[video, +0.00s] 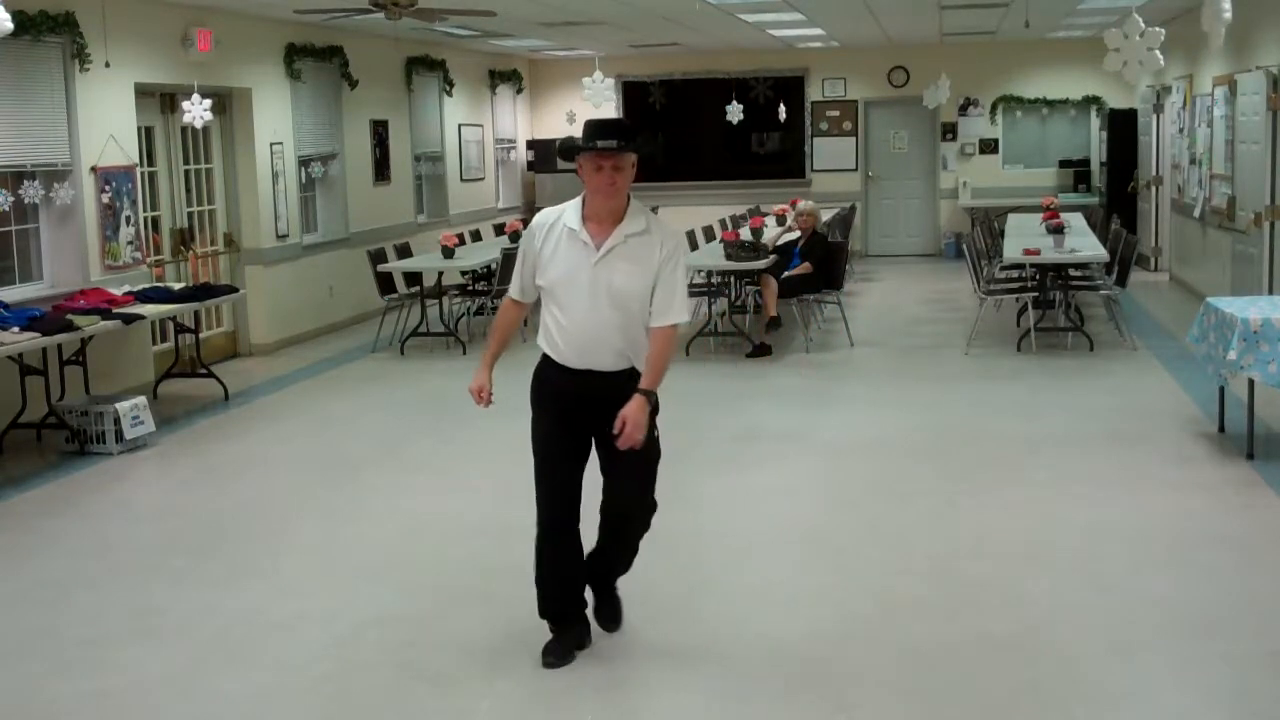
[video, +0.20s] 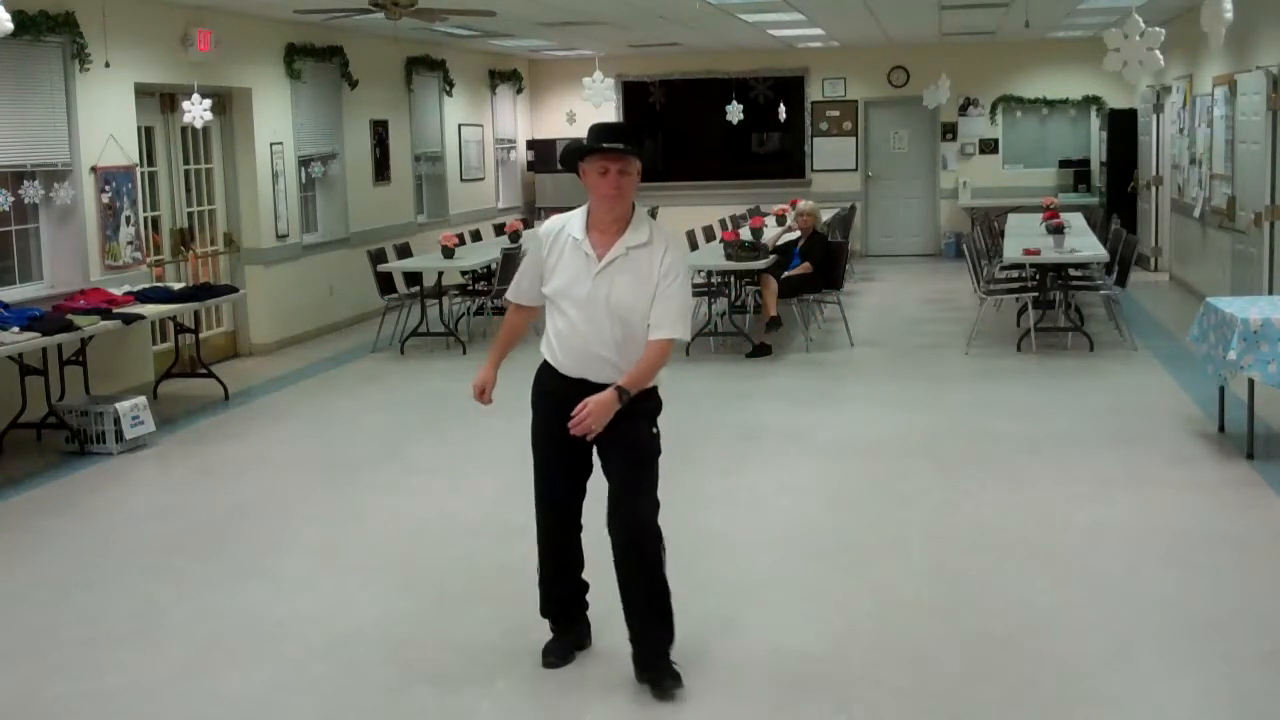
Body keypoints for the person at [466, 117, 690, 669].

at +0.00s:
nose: (608, 167)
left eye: (618, 158)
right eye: (598, 158)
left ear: (634, 167)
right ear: (580, 166)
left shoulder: (662, 238)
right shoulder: (544, 229)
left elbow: (665, 327)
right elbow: (516, 301)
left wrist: (644, 396)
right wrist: (486, 362)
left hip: (628, 389)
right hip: (559, 386)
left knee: (633, 508)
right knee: (556, 511)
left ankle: (603, 574)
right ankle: (566, 623)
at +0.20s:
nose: (612, 175)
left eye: (622, 166)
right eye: (601, 165)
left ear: (638, 175)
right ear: (582, 173)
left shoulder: (664, 247)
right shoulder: (549, 237)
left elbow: (664, 340)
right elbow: (522, 307)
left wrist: (618, 394)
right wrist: (491, 363)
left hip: (631, 397)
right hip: (558, 393)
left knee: (636, 527)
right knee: (556, 520)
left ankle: (654, 656)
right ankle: (568, 626)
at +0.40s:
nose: (628, 165)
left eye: (639, 156)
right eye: (616, 155)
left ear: (655, 166)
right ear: (597, 164)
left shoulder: (677, 242)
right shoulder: (575, 229)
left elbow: (675, 343)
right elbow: (560, 306)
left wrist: (651, 423)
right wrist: (533, 359)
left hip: (648, 398)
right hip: (584, 392)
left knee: (657, 540)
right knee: (577, 516)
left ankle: (659, 667)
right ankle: (586, 620)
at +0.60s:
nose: (642, 162)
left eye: (653, 152)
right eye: (631, 152)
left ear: (672, 161)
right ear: (614, 163)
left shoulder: (699, 240)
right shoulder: (595, 228)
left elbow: (728, 338)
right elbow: (584, 310)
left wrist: (736, 428)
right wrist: (567, 374)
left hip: (671, 401)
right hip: (607, 396)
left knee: (664, 536)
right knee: (619, 523)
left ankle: (658, 665)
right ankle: (704, 599)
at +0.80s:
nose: (658, 175)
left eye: (667, 165)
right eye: (644, 165)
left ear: (682, 174)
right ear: (623, 175)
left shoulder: (718, 251)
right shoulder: (599, 249)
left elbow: (770, 335)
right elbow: (588, 337)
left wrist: (798, 417)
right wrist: (577, 410)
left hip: (704, 411)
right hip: (635, 414)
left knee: (695, 539)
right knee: (691, 535)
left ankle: (696, 667)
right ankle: (741, 630)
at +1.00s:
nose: (660, 155)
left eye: (670, 145)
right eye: (647, 147)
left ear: (687, 157)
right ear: (626, 161)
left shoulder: (731, 229)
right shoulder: (600, 239)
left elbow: (774, 311)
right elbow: (587, 333)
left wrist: (795, 385)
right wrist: (573, 410)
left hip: (716, 407)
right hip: (639, 411)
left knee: (717, 552)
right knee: (648, 540)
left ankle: (705, 686)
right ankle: (707, 612)